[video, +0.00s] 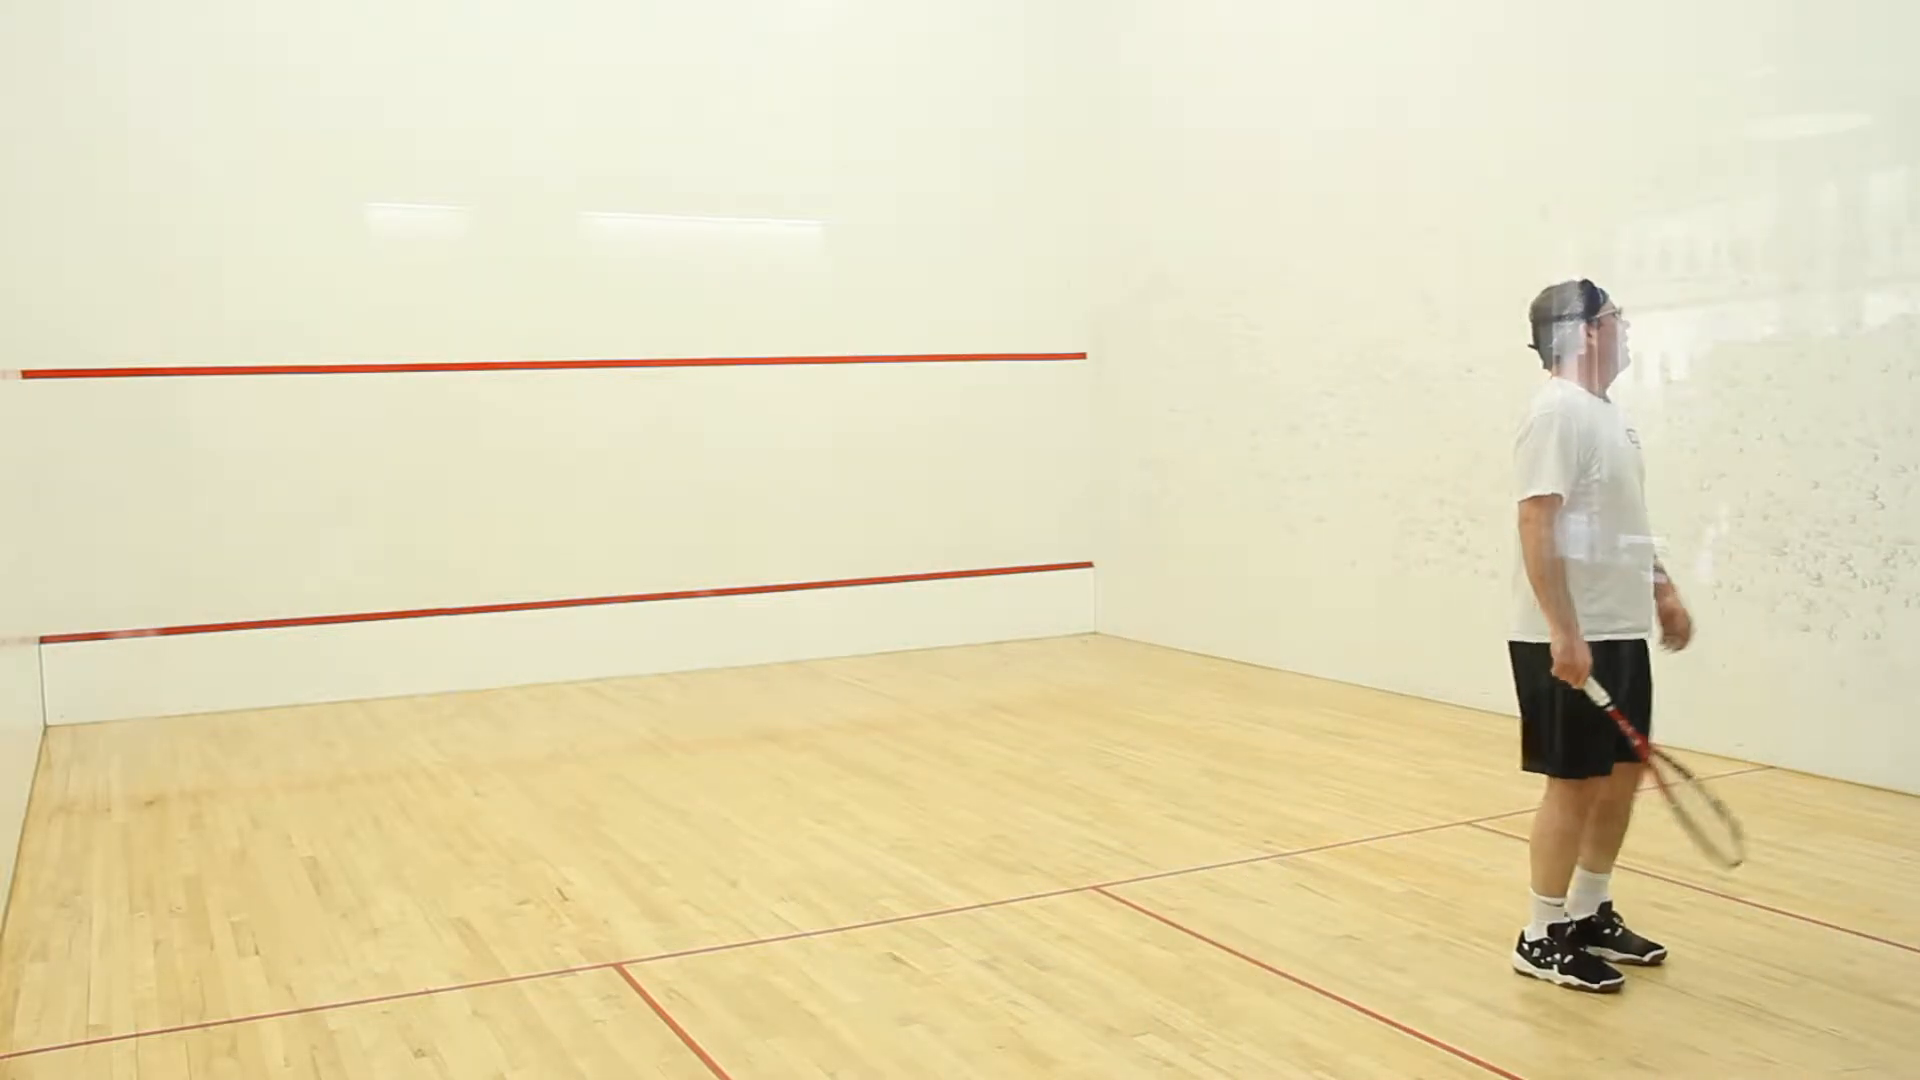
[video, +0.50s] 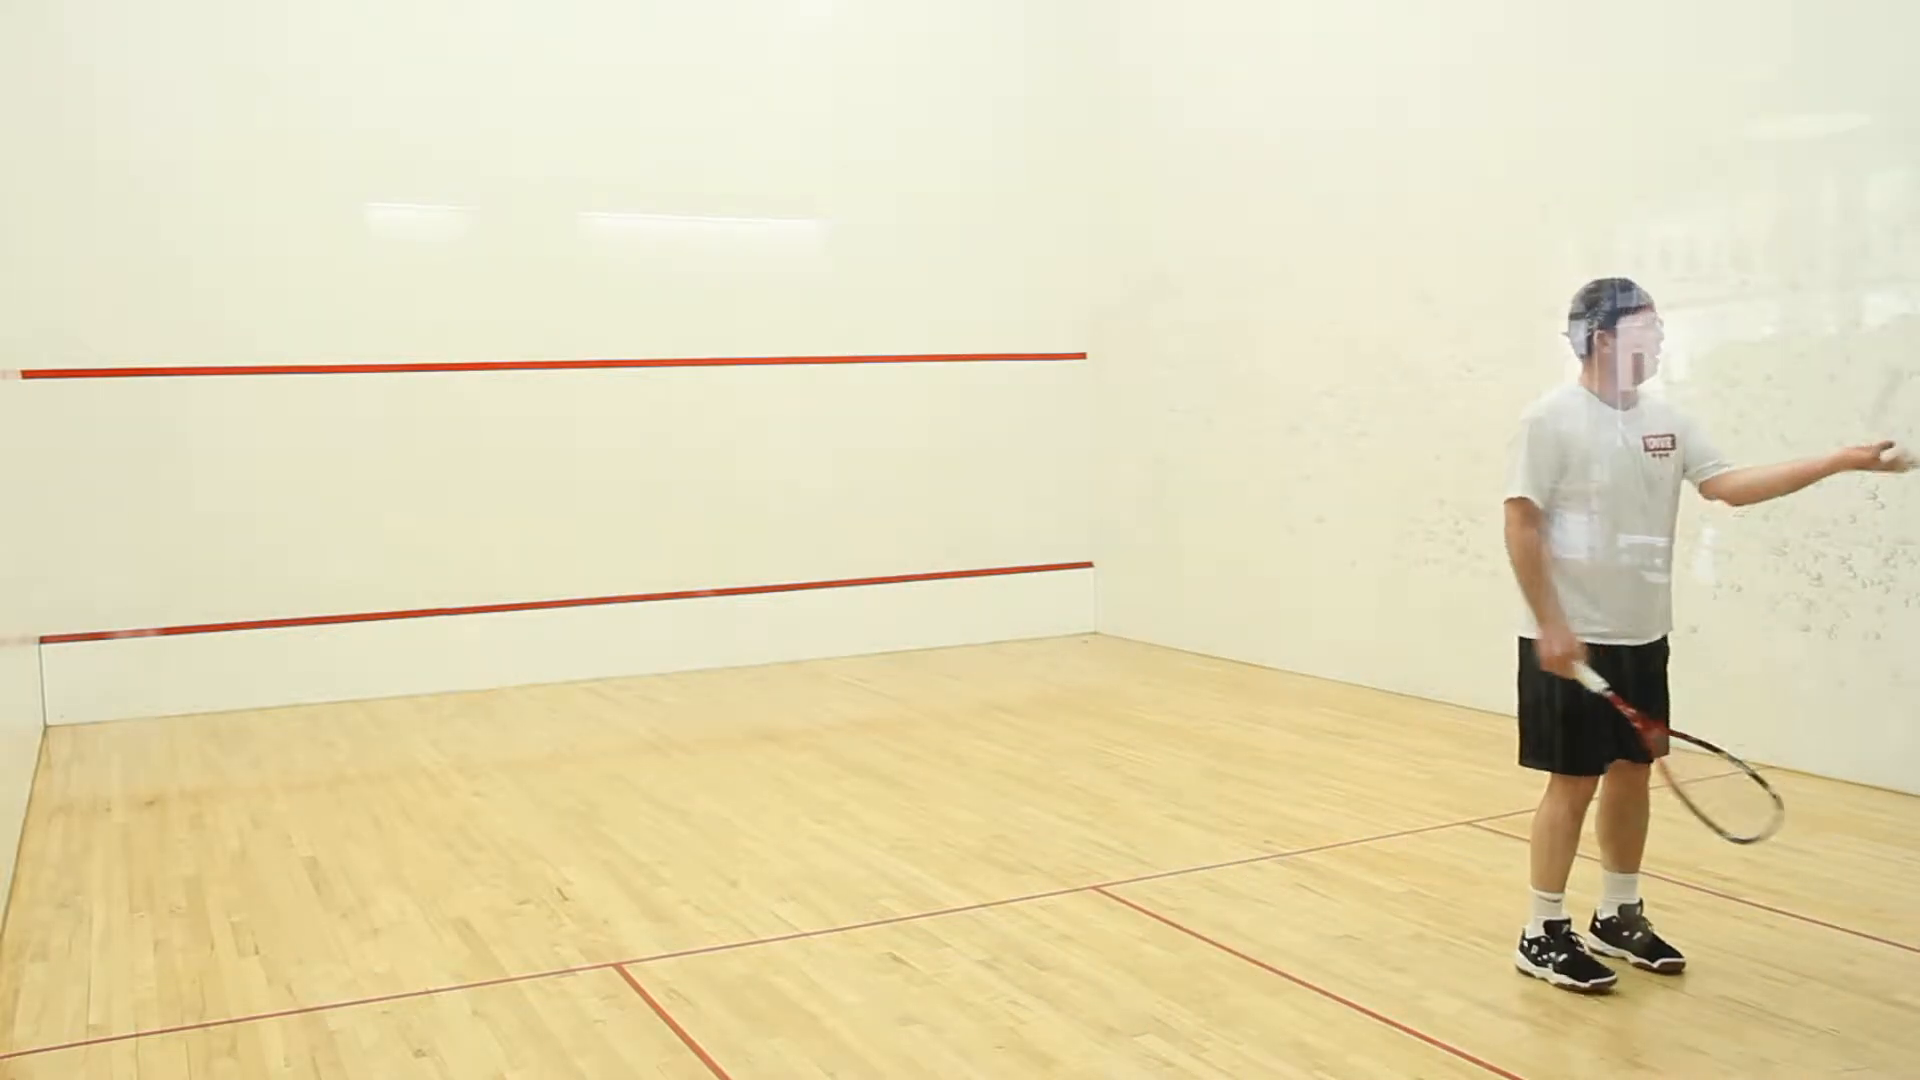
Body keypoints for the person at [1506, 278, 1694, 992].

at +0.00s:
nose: (1625, 331)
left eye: (1619, 321)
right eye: (1616, 321)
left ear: (1583, 337)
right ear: (1590, 333)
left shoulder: (1607, 414)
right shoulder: (1557, 410)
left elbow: (1625, 520)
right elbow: (1535, 527)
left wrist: (1662, 588)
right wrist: (1565, 633)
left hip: (1621, 633)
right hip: (1569, 636)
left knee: (1624, 769)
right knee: (1574, 780)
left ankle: (1588, 914)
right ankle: (1542, 935)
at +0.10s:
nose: (1628, 331)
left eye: (1624, 320)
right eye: (1619, 321)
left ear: (1590, 335)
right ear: (1592, 333)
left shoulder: (1608, 418)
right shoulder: (1563, 415)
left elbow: (1629, 523)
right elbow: (1542, 531)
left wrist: (1692, 575)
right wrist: (1577, 634)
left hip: (1622, 638)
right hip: (1563, 641)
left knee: (1643, 764)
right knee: (1569, 782)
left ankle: (1599, 909)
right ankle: (1543, 934)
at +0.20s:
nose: (1635, 336)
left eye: (1631, 324)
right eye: (1626, 325)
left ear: (1591, 337)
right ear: (1594, 335)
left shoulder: (1614, 418)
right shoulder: (1563, 416)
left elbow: (1643, 514)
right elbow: (1549, 536)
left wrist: (1726, 538)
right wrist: (1588, 630)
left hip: (1624, 635)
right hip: (1563, 638)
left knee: (1640, 764)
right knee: (1571, 778)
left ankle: (1622, 913)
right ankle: (1544, 935)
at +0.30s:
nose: (1644, 327)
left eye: (1638, 316)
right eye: (1632, 317)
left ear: (1601, 335)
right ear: (1600, 334)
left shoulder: (1634, 423)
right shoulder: (1560, 420)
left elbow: (1678, 507)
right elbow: (1548, 539)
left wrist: (1773, 501)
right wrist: (1592, 628)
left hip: (1630, 636)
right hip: (1565, 640)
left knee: (1634, 769)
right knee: (1573, 780)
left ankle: (1618, 916)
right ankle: (1543, 935)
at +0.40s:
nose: (1652, 334)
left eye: (1650, 323)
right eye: (1640, 323)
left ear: (1619, 337)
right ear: (1599, 335)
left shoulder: (1654, 421)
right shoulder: (1555, 424)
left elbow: (1713, 499)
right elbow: (1534, 531)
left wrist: (1810, 473)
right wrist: (1578, 623)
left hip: (1637, 636)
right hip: (1565, 636)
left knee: (1633, 769)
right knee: (1571, 778)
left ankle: (1620, 918)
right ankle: (1543, 935)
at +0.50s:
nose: (1654, 351)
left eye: (1656, 338)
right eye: (1642, 337)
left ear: (1646, 342)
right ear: (1596, 340)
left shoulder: (1664, 418)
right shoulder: (1552, 420)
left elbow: (1729, 486)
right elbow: (1521, 525)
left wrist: (1837, 460)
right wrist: (1551, 625)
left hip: (1642, 636)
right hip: (1568, 635)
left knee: (1632, 768)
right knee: (1573, 778)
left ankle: (1618, 917)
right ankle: (1543, 933)